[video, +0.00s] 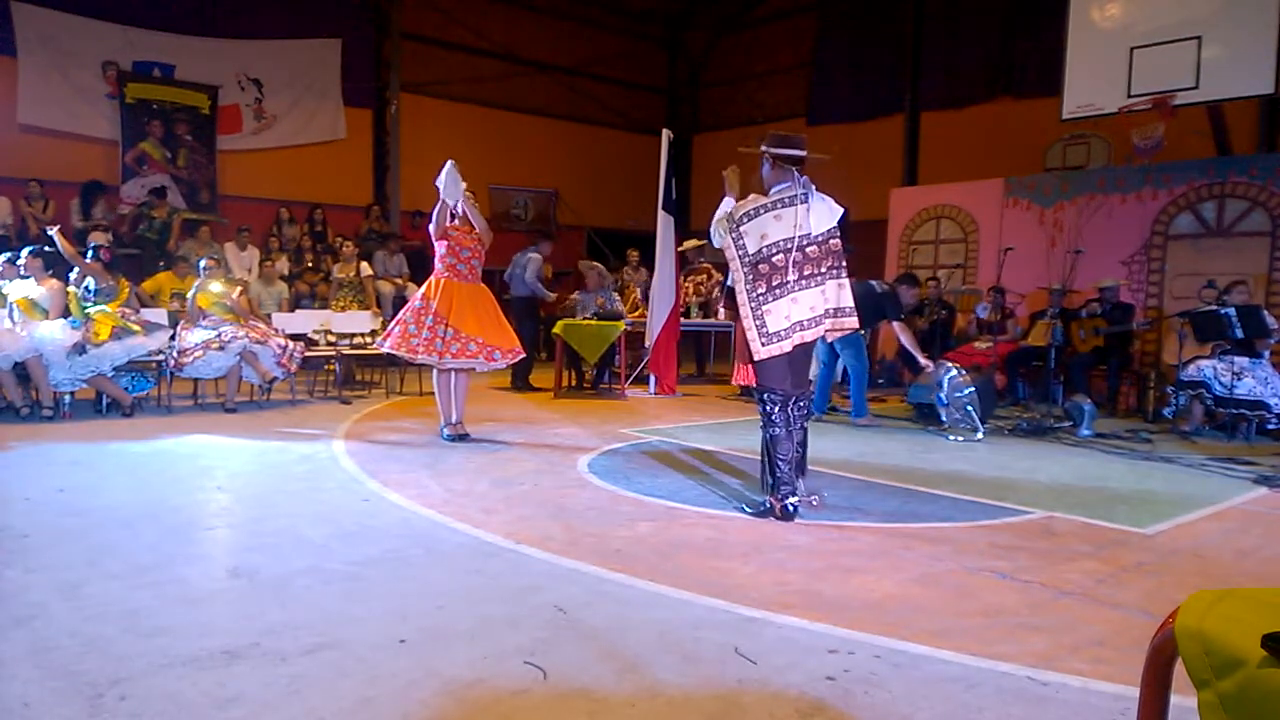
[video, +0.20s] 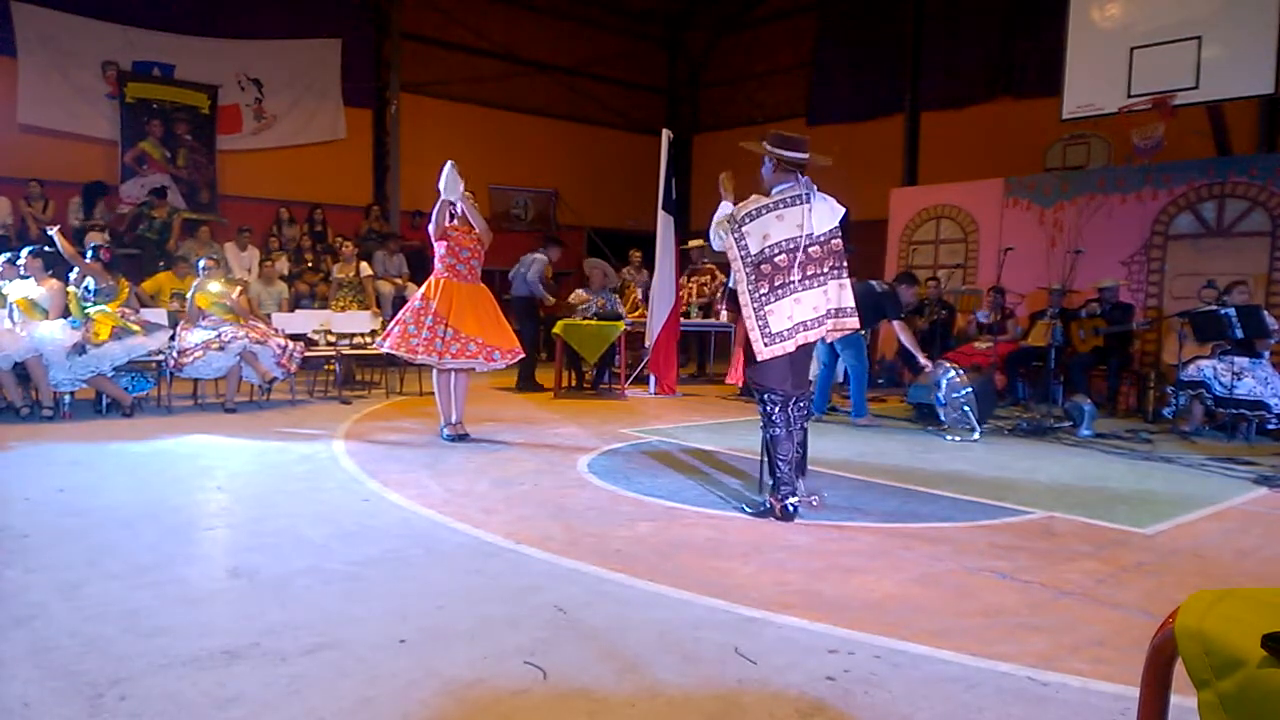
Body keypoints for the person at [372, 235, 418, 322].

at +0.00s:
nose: (397, 245)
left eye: (398, 242)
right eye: (394, 242)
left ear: (400, 244)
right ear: (388, 243)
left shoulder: (400, 256)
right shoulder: (379, 254)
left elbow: (405, 271)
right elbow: (380, 273)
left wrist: (404, 282)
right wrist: (395, 283)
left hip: (398, 278)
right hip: (384, 278)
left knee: (413, 290)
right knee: (387, 291)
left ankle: (418, 316)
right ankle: (387, 318)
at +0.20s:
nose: (396, 245)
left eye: (397, 242)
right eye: (393, 242)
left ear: (399, 244)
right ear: (387, 243)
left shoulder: (400, 256)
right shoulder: (379, 254)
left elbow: (405, 272)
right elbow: (380, 273)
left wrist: (404, 282)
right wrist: (395, 283)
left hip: (398, 278)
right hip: (383, 278)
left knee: (413, 290)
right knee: (387, 291)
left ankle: (417, 317)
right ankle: (387, 318)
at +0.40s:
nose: (397, 245)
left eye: (398, 242)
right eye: (394, 242)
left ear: (400, 244)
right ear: (388, 243)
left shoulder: (400, 256)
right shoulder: (379, 254)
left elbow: (405, 271)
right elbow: (380, 273)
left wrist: (404, 282)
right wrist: (395, 283)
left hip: (397, 278)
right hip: (383, 278)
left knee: (413, 290)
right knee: (387, 291)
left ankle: (417, 316)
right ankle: (387, 318)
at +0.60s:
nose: (397, 245)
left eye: (398, 242)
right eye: (394, 242)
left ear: (399, 244)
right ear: (387, 243)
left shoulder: (400, 256)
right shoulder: (379, 254)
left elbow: (405, 271)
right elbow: (380, 273)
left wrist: (404, 282)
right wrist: (394, 283)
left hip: (397, 278)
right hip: (383, 278)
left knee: (413, 290)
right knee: (387, 291)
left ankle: (418, 316)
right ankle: (387, 318)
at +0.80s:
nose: (397, 245)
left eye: (398, 242)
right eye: (394, 242)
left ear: (399, 244)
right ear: (387, 243)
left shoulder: (400, 256)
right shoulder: (379, 254)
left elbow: (405, 272)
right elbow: (380, 273)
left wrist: (404, 282)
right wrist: (394, 283)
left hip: (397, 278)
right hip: (383, 278)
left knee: (413, 290)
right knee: (387, 291)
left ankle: (417, 316)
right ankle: (387, 318)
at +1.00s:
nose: (397, 245)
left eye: (398, 243)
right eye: (394, 242)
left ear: (399, 244)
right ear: (387, 243)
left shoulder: (400, 256)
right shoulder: (379, 254)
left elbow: (405, 272)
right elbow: (380, 273)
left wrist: (404, 282)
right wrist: (395, 283)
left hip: (397, 278)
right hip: (383, 278)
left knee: (413, 290)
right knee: (387, 291)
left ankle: (416, 316)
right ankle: (387, 318)